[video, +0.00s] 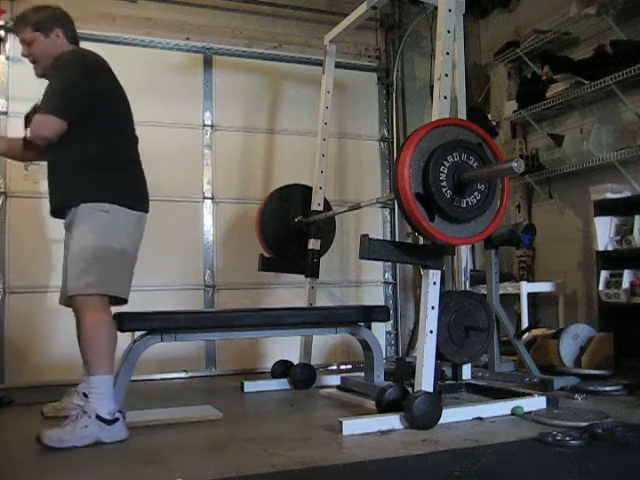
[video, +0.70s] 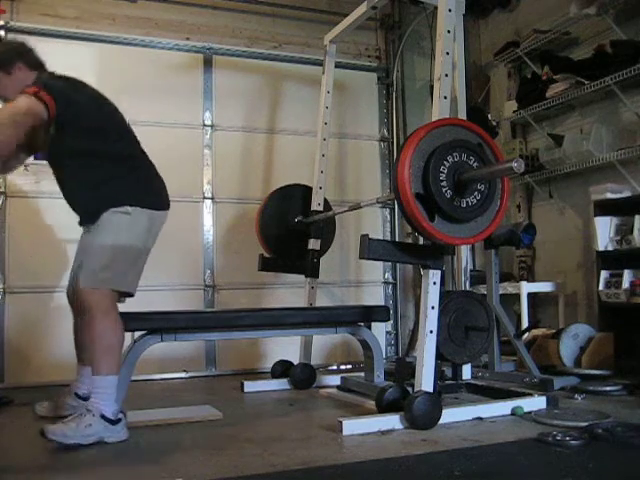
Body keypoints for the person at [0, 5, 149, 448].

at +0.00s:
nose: (26, 54)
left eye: (29, 44)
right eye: (23, 47)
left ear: (56, 36)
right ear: (57, 39)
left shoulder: (76, 64)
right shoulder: (72, 73)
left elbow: (46, 132)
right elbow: (35, 151)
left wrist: (31, 126)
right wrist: (3, 142)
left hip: (106, 201)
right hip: (93, 201)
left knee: (90, 299)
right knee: (85, 299)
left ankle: (104, 414)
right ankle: (96, 397)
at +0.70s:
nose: (1, 91)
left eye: (1, 81)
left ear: (19, 71)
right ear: (25, 71)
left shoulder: (52, 89)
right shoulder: (52, 95)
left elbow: (12, 122)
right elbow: (14, 154)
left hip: (131, 202)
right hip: (111, 205)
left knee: (96, 295)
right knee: (80, 295)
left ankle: (107, 415)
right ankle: (86, 400)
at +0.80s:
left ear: (10, 88)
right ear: (12, 89)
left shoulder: (43, 103)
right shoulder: (29, 124)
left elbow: (40, 142)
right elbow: (10, 175)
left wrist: (24, 217)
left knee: (101, 293)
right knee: (77, 294)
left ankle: (107, 414)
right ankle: (85, 397)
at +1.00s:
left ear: (4, 141)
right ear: (6, 141)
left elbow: (52, 178)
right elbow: (28, 219)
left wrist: (51, 255)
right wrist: (29, 268)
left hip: (143, 208)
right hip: (119, 215)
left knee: (92, 294)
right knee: (73, 293)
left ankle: (106, 415)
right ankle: (84, 395)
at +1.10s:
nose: (0, 198)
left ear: (2, 169)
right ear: (4, 170)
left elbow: (56, 179)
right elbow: (40, 235)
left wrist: (65, 263)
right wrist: (60, 271)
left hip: (147, 216)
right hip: (123, 220)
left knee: (90, 294)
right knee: (71, 292)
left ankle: (105, 415)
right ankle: (82, 395)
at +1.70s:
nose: (40, 201)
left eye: (36, 192)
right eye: (33, 197)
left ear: (48, 167)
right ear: (49, 166)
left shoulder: (88, 181)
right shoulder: (80, 181)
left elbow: (91, 238)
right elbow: (85, 241)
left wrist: (31, 287)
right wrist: (32, 285)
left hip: (165, 271)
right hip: (148, 269)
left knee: (75, 297)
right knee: (64, 295)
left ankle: (103, 416)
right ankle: (83, 393)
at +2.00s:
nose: (88, 161)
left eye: (90, 153)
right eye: (85, 155)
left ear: (109, 142)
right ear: (112, 143)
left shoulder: (141, 170)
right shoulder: (127, 173)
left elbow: (80, 220)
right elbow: (75, 229)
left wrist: (31, 229)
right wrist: (28, 228)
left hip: (173, 280)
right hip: (150, 278)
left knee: (81, 296)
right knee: (68, 295)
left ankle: (104, 416)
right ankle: (81, 394)